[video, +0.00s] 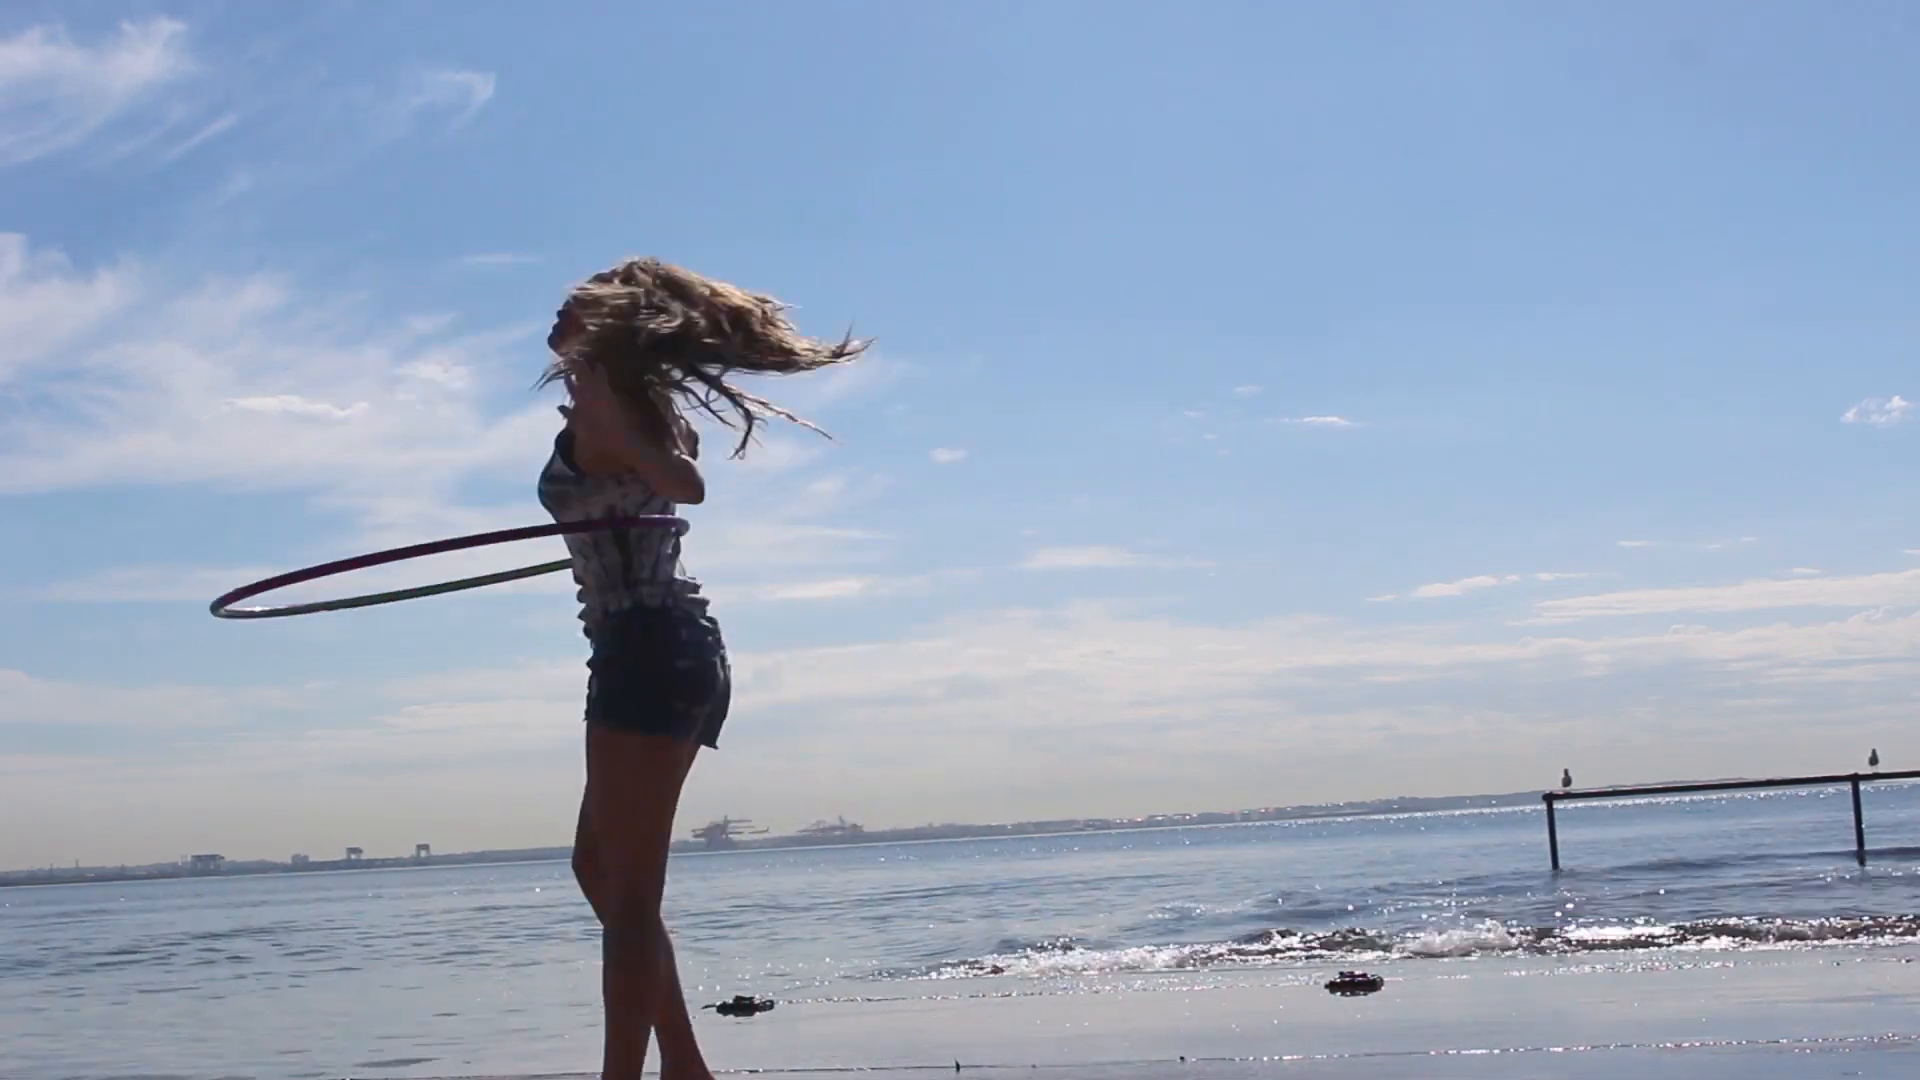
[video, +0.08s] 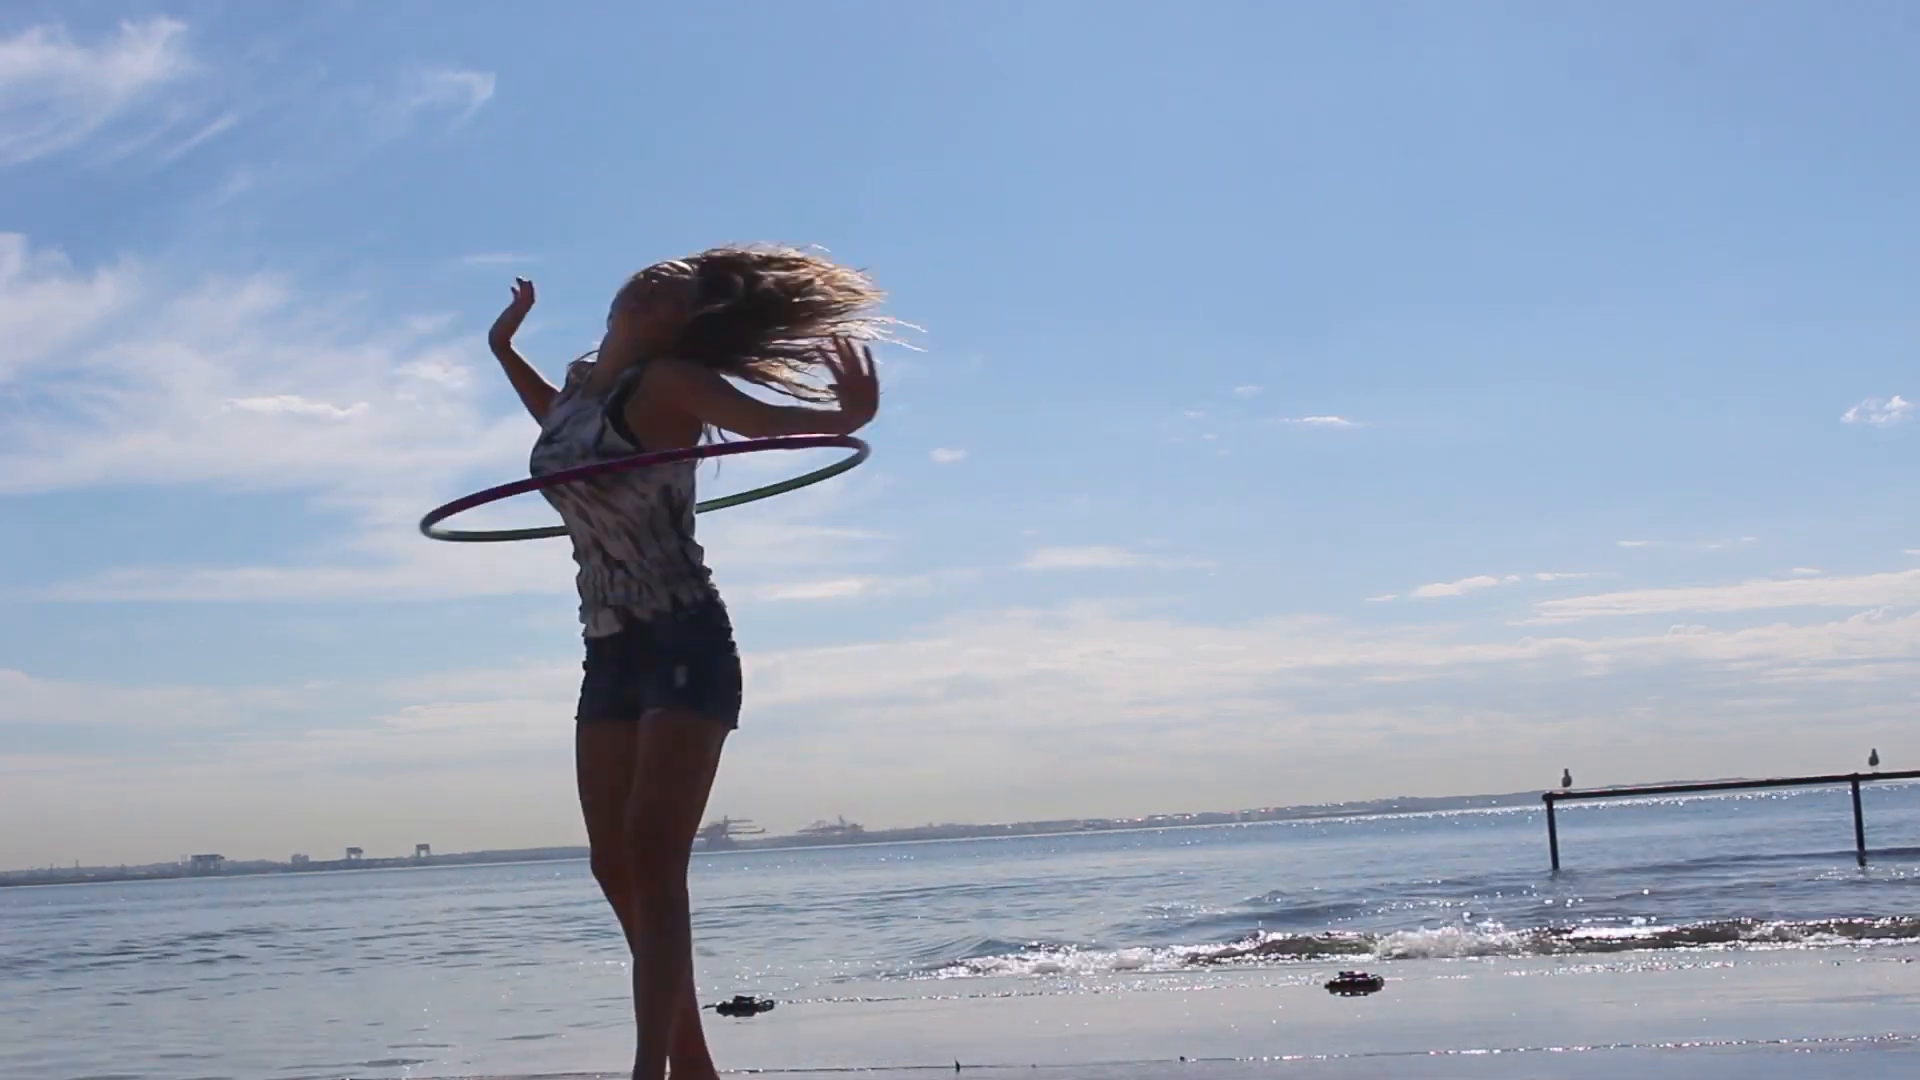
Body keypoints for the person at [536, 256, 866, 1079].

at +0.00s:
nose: (560, 321)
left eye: (576, 311)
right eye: (566, 307)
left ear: (607, 329)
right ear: (617, 333)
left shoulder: (614, 402)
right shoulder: (603, 402)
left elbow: (686, 483)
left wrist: (616, 453)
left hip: (649, 651)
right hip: (660, 646)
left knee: (632, 884)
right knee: (597, 864)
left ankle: (623, 1072)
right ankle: (684, 1063)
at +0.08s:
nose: (652, 271)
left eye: (671, 277)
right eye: (666, 265)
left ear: (677, 315)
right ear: (638, 300)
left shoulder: (667, 383)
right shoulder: (583, 380)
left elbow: (761, 421)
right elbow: (562, 425)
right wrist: (503, 348)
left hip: (684, 643)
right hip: (611, 654)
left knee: (654, 860)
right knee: (614, 866)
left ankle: (649, 1070)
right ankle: (695, 1067)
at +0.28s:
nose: (763, 311)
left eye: (763, 299)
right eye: (746, 298)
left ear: (741, 327)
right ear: (694, 317)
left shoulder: (756, 418)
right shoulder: (629, 394)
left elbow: (816, 467)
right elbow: (487, 398)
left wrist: (891, 472)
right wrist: (425, 298)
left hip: (723, 679)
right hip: (631, 677)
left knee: (761, 875)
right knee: (650, 897)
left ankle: (722, 1072)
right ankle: (622, 1054)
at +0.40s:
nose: (785, 354)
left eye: (781, 338)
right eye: (775, 339)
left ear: (715, 343)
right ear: (750, 347)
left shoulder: (706, 437)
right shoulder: (708, 412)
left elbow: (622, 518)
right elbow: (593, 392)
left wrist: (586, 519)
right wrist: (517, 293)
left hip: (707, 687)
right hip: (679, 685)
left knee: (778, 888)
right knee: (779, 886)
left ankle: (721, 1075)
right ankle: (641, 1064)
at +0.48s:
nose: (783, 329)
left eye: (781, 317)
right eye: (773, 318)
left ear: (712, 337)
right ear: (749, 334)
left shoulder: (674, 429)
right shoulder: (763, 427)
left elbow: (568, 490)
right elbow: (761, 432)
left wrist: (485, 483)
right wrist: (753, 380)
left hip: (654, 686)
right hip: (714, 682)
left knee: (759, 887)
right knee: (821, 874)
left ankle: (720, 1072)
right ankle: (787, 1069)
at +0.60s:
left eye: (712, 296)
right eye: (794, 312)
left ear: (699, 314)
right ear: (792, 323)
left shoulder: (655, 388)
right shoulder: (811, 402)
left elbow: (523, 395)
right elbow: (927, 470)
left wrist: (428, 379)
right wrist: (1047, 532)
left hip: (684, 647)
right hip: (788, 644)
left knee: (725, 876)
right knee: (809, 881)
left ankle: (732, 1071)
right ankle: (840, 1068)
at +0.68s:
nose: (678, 309)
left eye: (688, 294)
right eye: (680, 294)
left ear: (728, 300)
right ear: (772, 304)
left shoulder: (696, 372)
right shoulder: (823, 389)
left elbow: (556, 367)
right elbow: (922, 455)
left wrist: (420, 351)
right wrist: (937, 497)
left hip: (715, 635)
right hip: (809, 637)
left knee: (739, 875)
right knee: (809, 877)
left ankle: (754, 1073)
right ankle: (841, 1071)